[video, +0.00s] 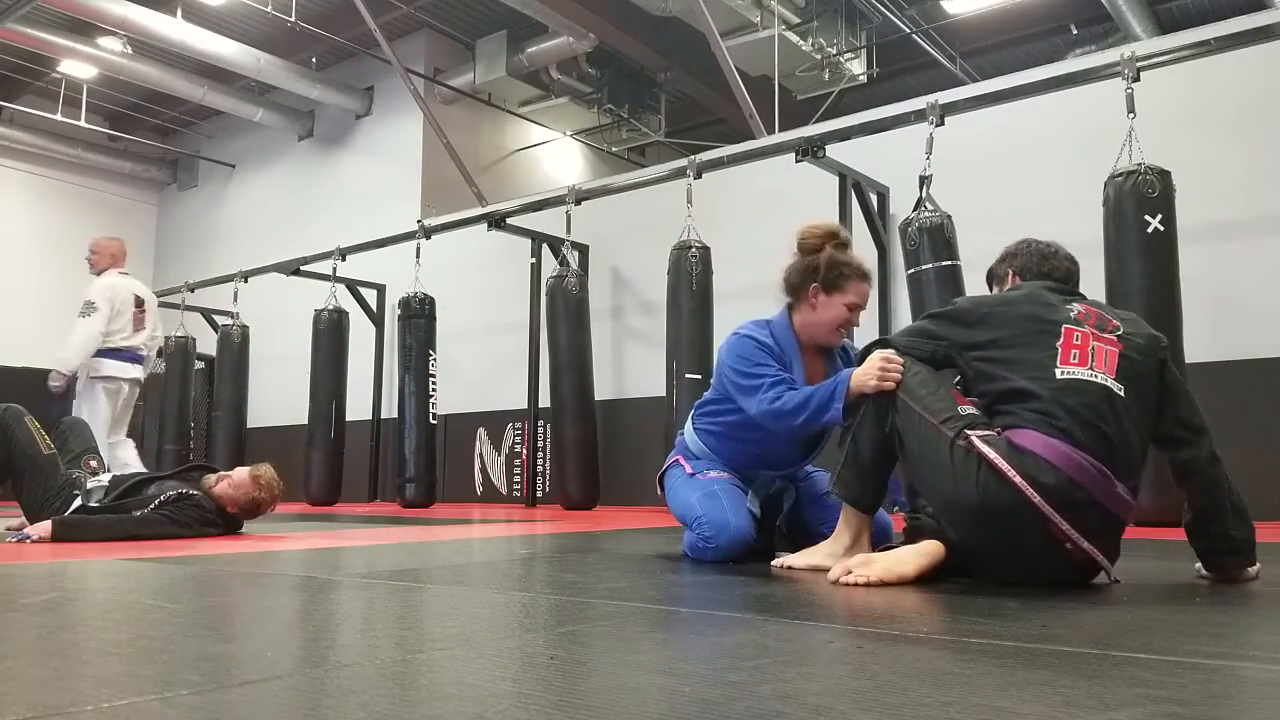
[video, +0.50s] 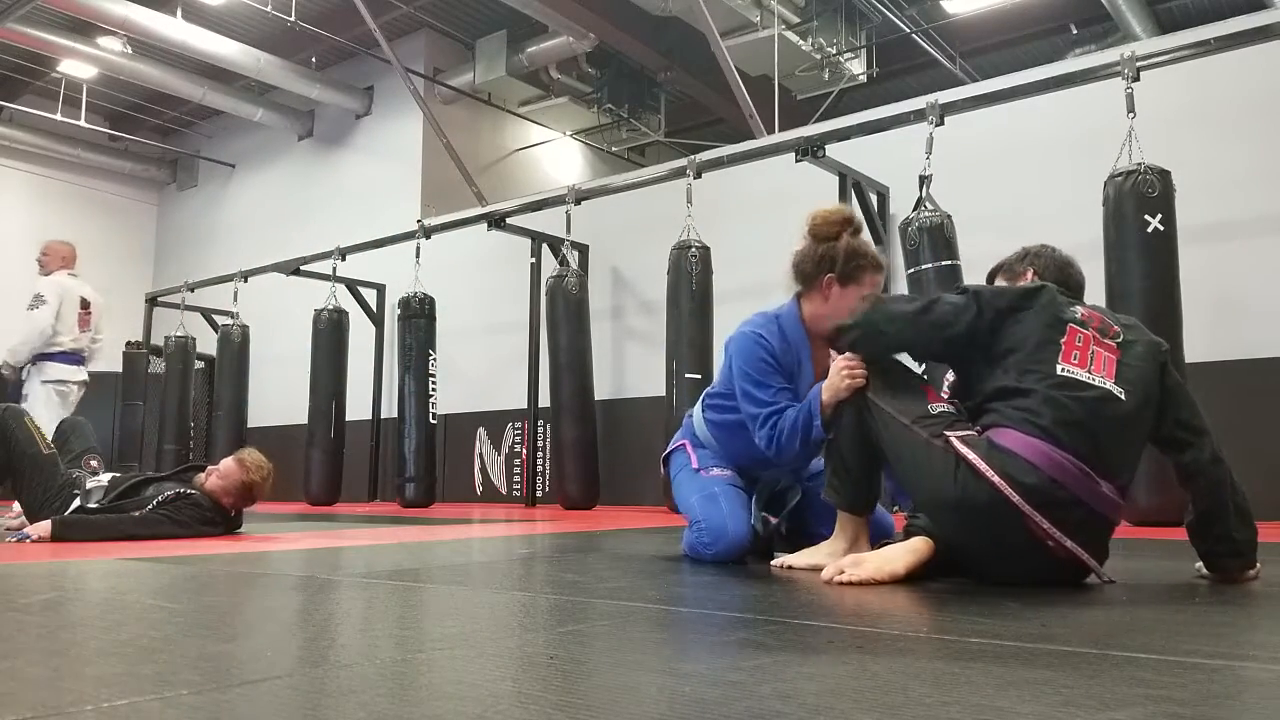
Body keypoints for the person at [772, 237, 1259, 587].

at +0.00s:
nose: (991, 303)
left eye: (993, 294)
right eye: (993, 296)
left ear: (1012, 282)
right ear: (1072, 285)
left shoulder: (999, 304)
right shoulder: (1145, 339)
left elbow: (888, 352)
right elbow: (1198, 458)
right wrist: (1230, 559)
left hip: (994, 501)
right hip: (1071, 560)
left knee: (896, 371)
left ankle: (846, 535)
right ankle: (924, 548)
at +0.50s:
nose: (992, 306)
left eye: (998, 295)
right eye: (993, 296)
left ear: (1029, 280)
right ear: (1080, 292)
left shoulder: (1015, 302)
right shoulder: (1148, 349)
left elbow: (880, 319)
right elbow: (1204, 462)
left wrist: (844, 343)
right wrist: (1230, 560)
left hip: (974, 502)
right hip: (1060, 561)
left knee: (862, 370)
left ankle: (846, 538)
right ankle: (913, 550)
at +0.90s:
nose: (1014, 299)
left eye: (1019, 289)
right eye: (1015, 290)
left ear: (1053, 274)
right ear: (1097, 282)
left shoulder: (1037, 302)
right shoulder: (1168, 345)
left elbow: (920, 358)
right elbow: (1220, 462)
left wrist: (855, 328)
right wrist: (1233, 563)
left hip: (975, 496)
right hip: (1059, 559)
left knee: (884, 386)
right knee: (966, 543)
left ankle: (849, 535)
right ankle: (911, 551)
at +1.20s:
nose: (1041, 305)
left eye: (1044, 294)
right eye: (1041, 295)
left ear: (1072, 277)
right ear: (1124, 280)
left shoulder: (1064, 302)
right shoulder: (1210, 339)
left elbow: (945, 382)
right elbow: (1249, 464)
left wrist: (884, 335)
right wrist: (1236, 567)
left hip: (1010, 476)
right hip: (1104, 553)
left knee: (944, 412)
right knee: (985, 538)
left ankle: (859, 535)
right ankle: (932, 552)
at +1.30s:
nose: (1050, 321)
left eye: (1052, 311)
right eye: (1050, 313)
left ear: (1073, 291)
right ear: (1130, 286)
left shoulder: (1074, 306)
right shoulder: (1227, 325)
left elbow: (954, 377)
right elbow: (1264, 436)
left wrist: (892, 324)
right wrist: (1252, 558)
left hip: (1108, 476)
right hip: (1205, 545)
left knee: (976, 408)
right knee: (1058, 517)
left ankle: (863, 535)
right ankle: (942, 557)